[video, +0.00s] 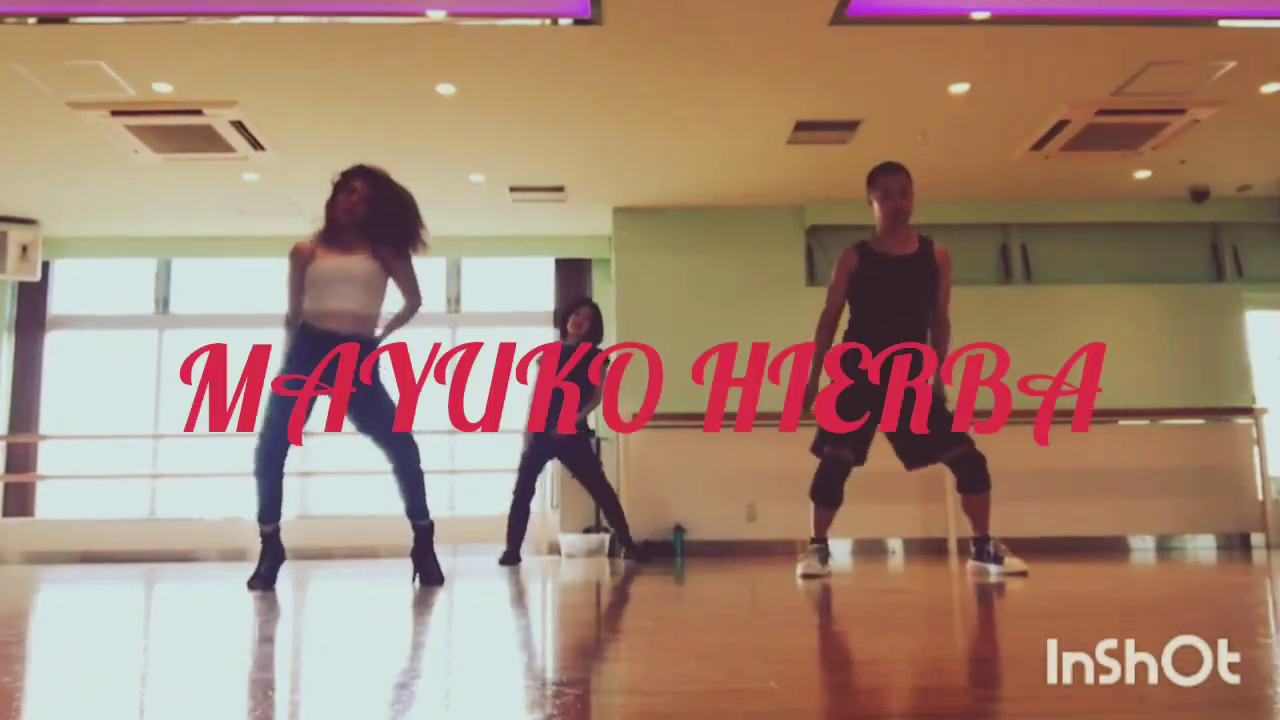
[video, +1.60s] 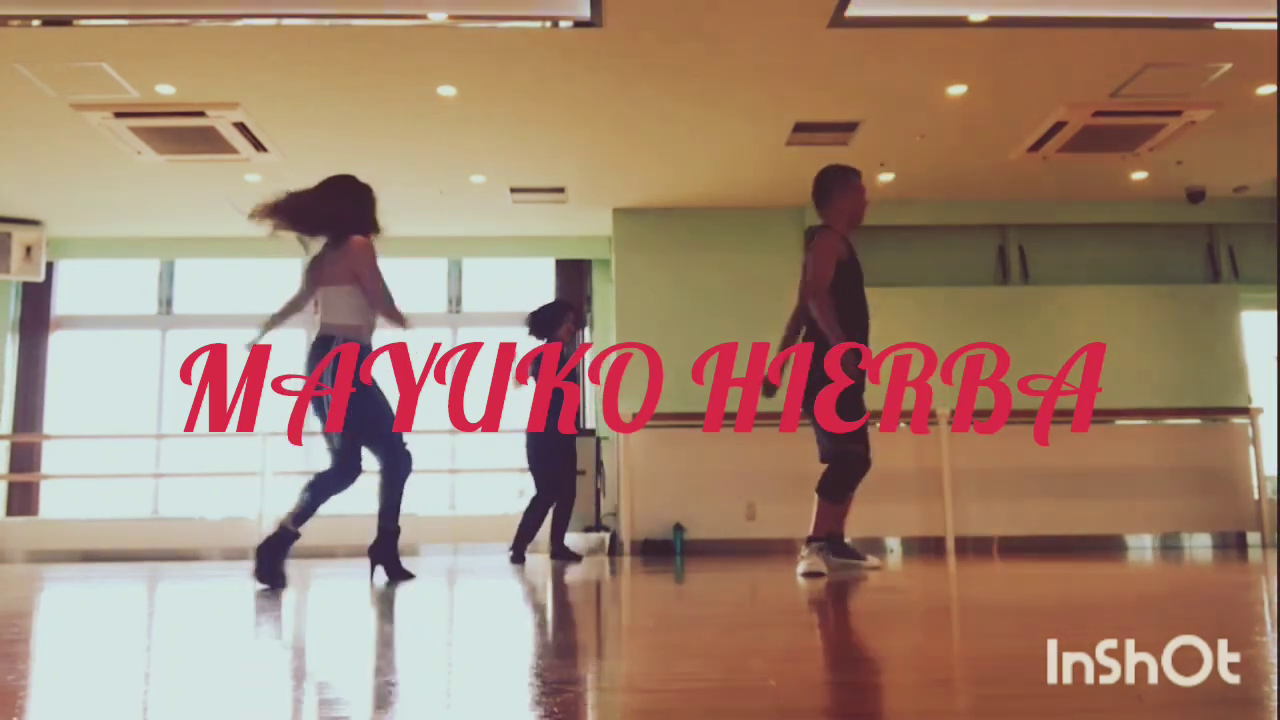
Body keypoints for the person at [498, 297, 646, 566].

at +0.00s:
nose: (578, 321)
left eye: (585, 319)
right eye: (576, 315)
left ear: (593, 327)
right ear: (566, 319)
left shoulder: (595, 356)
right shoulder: (551, 351)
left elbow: (597, 396)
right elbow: (537, 392)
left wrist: (578, 416)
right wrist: (529, 427)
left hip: (572, 436)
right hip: (541, 434)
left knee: (602, 491)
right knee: (522, 491)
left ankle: (627, 544)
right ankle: (512, 550)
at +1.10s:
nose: (574, 332)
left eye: (580, 329)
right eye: (571, 327)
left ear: (586, 335)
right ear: (562, 330)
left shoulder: (593, 367)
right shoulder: (549, 363)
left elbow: (601, 409)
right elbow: (532, 395)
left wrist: (607, 444)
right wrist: (526, 423)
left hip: (587, 444)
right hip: (556, 444)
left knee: (609, 496)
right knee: (534, 498)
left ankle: (628, 546)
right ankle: (514, 550)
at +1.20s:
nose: (575, 330)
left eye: (580, 327)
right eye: (571, 325)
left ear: (585, 334)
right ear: (561, 329)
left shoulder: (587, 368)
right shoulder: (544, 364)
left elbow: (604, 406)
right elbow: (516, 392)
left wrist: (631, 430)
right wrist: (526, 413)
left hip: (585, 442)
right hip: (555, 442)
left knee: (609, 492)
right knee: (540, 499)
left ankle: (628, 545)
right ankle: (516, 550)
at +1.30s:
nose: (576, 322)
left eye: (579, 318)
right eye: (571, 317)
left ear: (582, 324)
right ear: (558, 319)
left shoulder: (577, 353)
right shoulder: (545, 350)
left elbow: (576, 389)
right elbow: (535, 379)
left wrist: (607, 399)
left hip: (574, 431)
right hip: (546, 432)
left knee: (602, 490)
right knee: (539, 494)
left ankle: (627, 545)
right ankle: (516, 551)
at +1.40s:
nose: (573, 317)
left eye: (577, 313)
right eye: (569, 311)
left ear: (578, 316)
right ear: (555, 311)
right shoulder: (552, 345)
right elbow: (559, 378)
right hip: (551, 427)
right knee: (537, 490)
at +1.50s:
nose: (573, 319)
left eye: (575, 314)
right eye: (568, 313)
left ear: (575, 317)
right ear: (555, 313)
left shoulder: (570, 346)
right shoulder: (548, 343)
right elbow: (550, 376)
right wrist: (577, 355)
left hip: (567, 428)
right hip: (544, 427)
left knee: (580, 481)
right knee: (538, 489)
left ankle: (569, 536)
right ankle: (515, 551)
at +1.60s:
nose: (573, 328)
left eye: (573, 324)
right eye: (569, 323)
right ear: (558, 325)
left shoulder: (570, 354)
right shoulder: (549, 352)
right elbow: (542, 377)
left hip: (565, 431)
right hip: (544, 431)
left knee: (566, 492)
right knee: (548, 491)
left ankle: (558, 546)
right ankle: (519, 546)